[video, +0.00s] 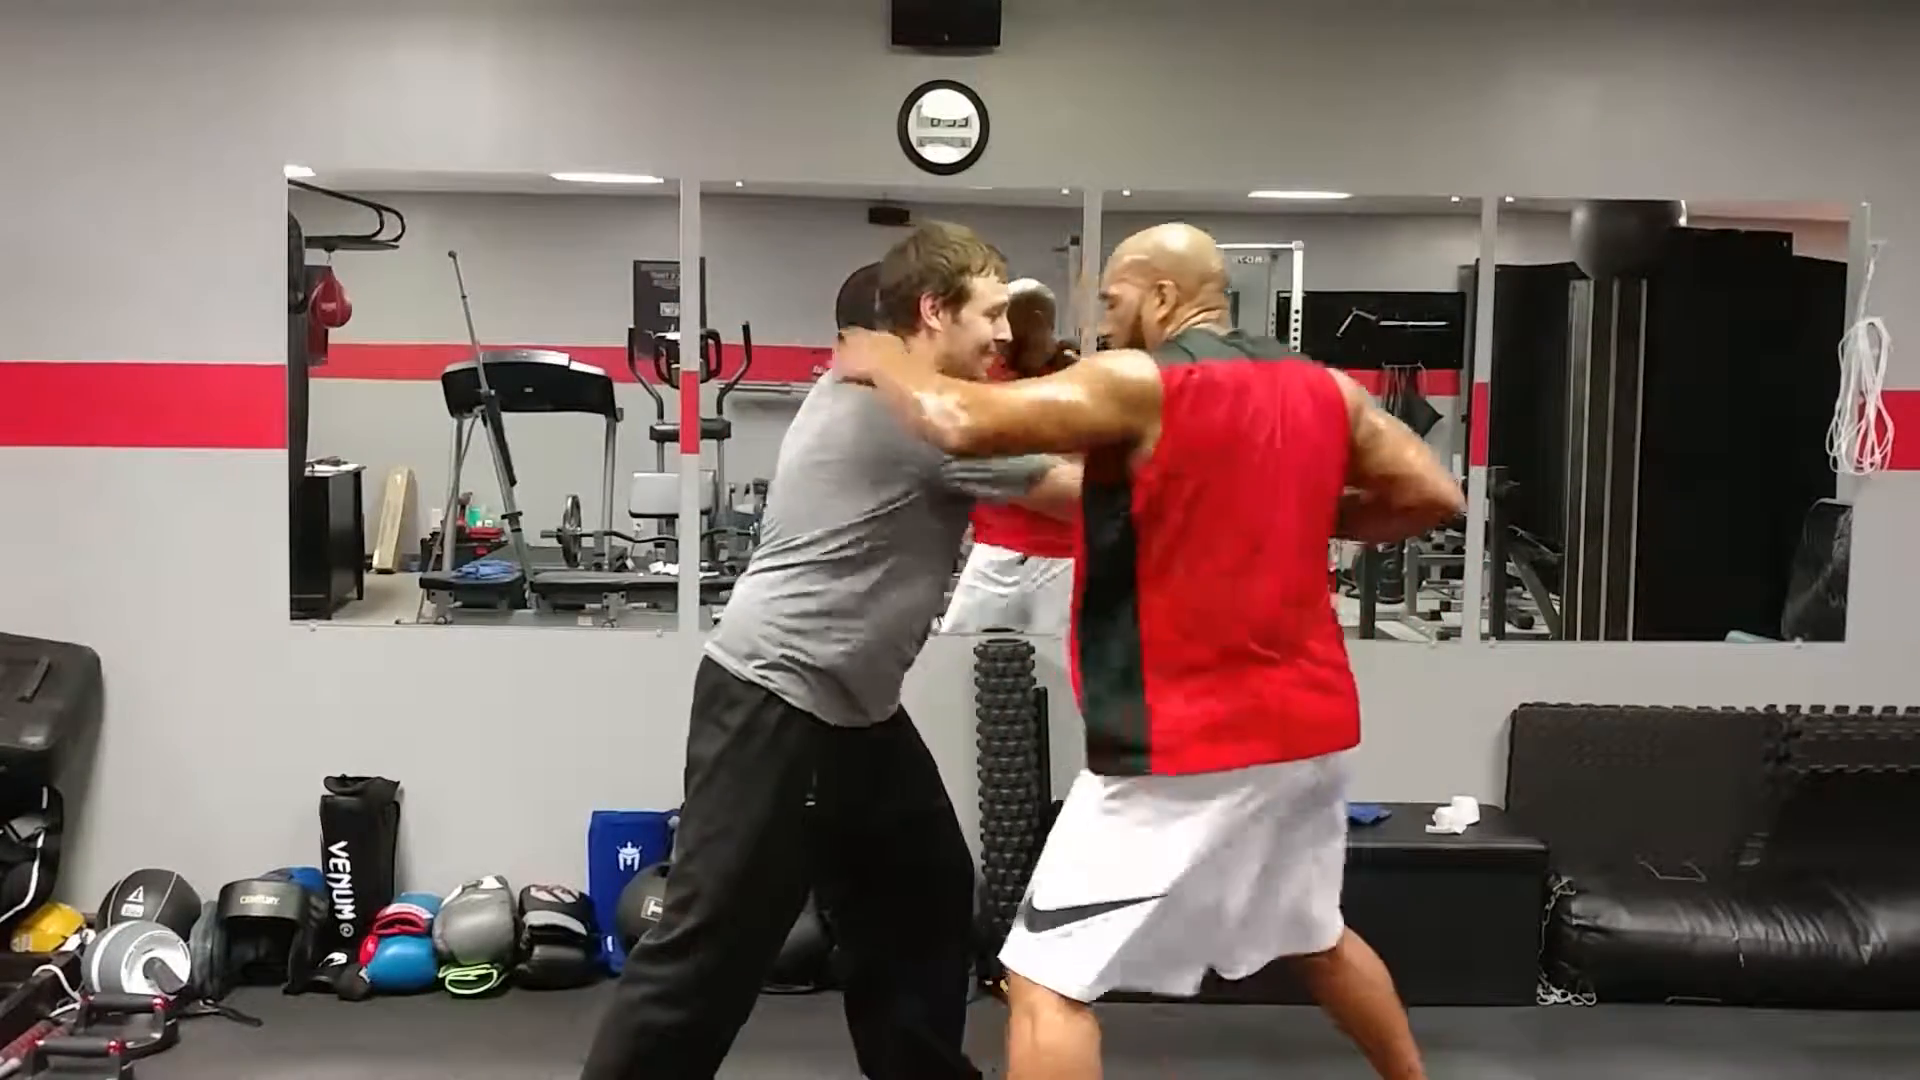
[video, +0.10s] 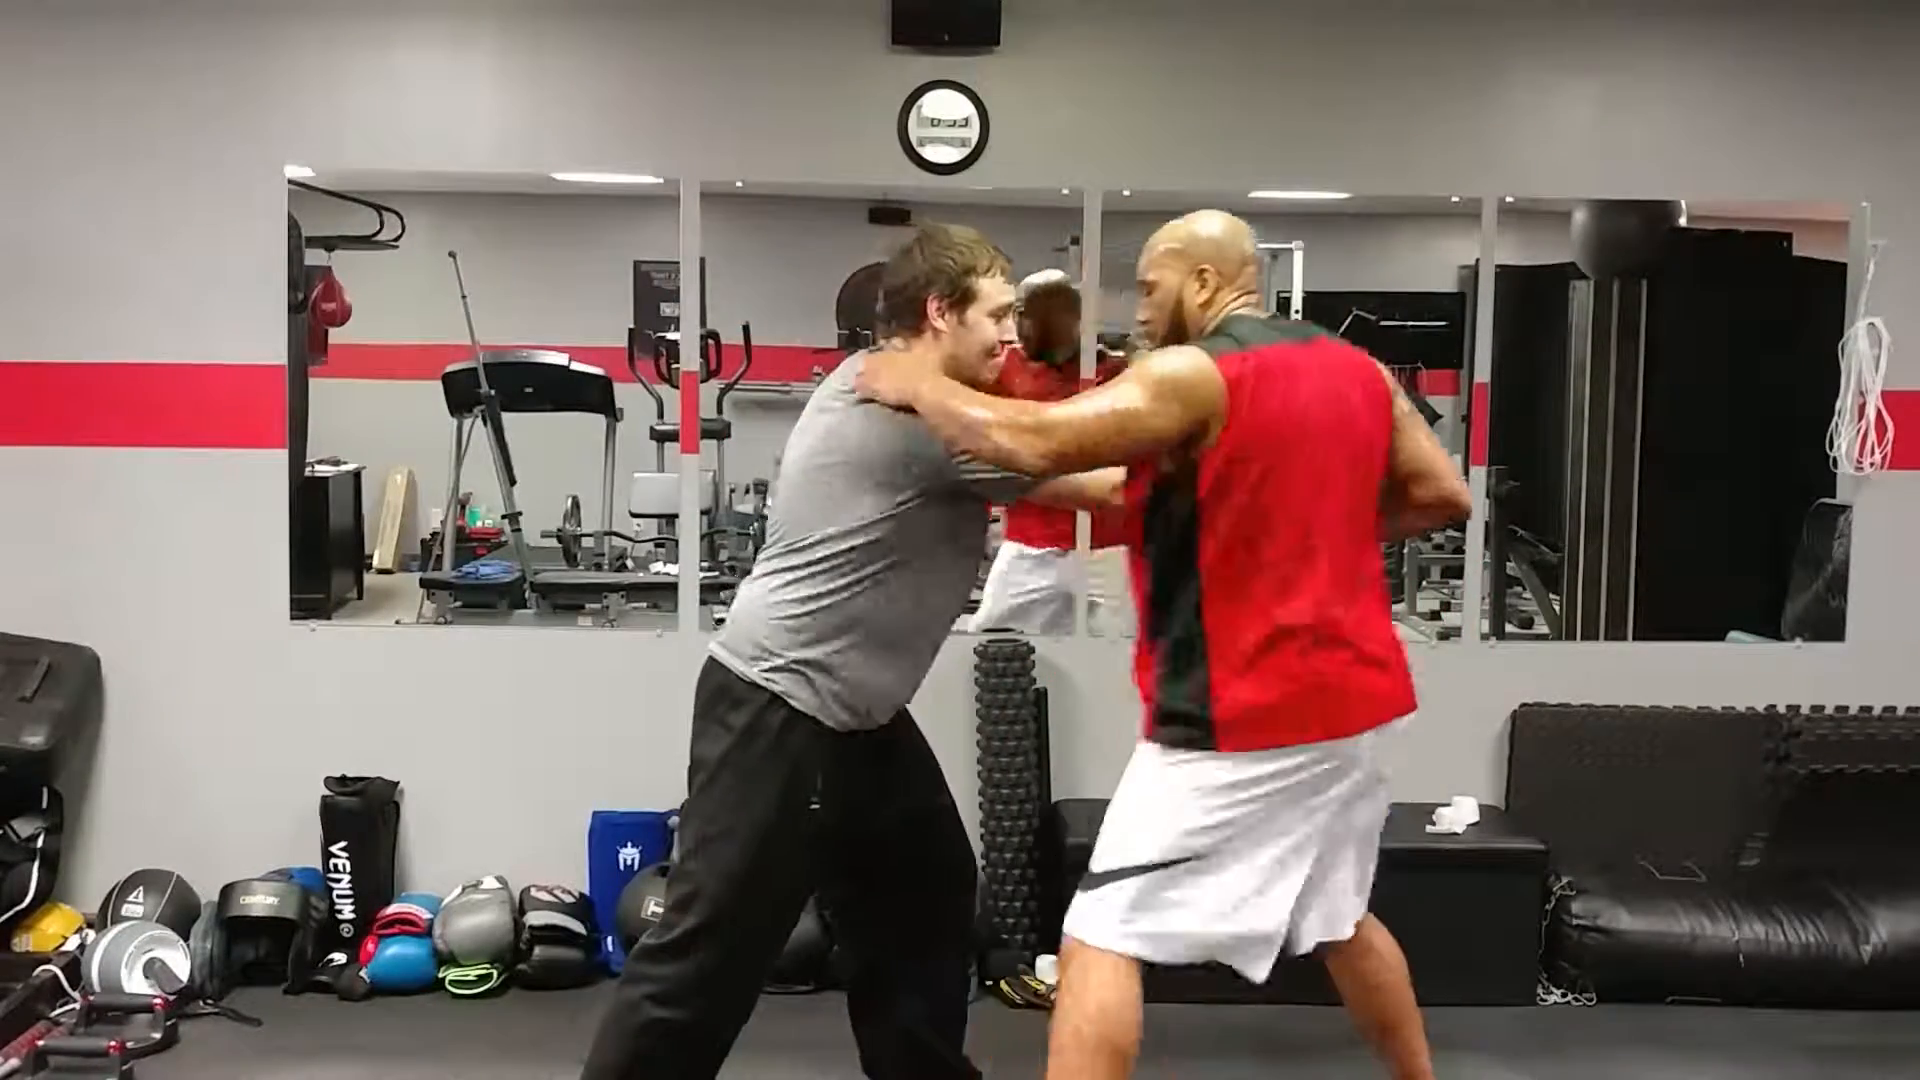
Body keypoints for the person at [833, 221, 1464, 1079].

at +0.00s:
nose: (1101, 322)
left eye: (1112, 303)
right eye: (1101, 303)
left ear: (1165, 298)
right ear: (1208, 302)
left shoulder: (1136, 382)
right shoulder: (1324, 390)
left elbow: (959, 420)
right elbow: (1433, 494)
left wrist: (881, 363)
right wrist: (1308, 508)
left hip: (1177, 748)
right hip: (1315, 731)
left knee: (1044, 980)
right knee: (1317, 935)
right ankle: (1409, 1073)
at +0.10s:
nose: (1141, 311)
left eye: (1151, 290)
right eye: (1141, 291)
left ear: (1205, 284)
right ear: (1246, 285)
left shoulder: (1189, 374)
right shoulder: (1357, 366)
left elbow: (1032, 443)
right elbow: (1443, 492)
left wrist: (921, 384)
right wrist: (1317, 518)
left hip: (1228, 716)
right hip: (1357, 698)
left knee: (1100, 936)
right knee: (1342, 916)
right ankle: (1418, 1072)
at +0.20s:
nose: (1172, 298)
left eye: (1182, 277)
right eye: (1171, 278)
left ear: (1241, 271)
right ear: (1269, 273)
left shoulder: (1230, 369)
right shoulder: (1372, 354)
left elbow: (1097, 445)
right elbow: (1449, 486)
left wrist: (952, 388)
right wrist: (1319, 506)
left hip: (1276, 684)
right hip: (1402, 673)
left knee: (1112, 891)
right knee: (1350, 899)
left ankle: (1139, 1073)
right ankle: (1421, 1074)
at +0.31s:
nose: (1194, 288)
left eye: (1207, 267)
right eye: (1193, 268)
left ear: (1269, 263)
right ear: (1289, 268)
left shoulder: (1261, 360)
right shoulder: (1386, 349)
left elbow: (1126, 446)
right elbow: (1450, 487)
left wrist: (967, 394)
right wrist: (1313, 487)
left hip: (1301, 672)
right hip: (1414, 668)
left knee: (1140, 884)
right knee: (1352, 881)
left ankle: (1211, 1074)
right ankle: (1423, 1071)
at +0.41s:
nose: (1207, 280)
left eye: (1221, 261)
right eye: (1207, 262)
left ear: (1283, 259)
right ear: (1301, 263)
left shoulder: (1277, 363)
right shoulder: (1392, 352)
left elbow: (1148, 461)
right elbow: (1441, 496)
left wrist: (978, 445)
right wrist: (1299, 477)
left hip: (1301, 683)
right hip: (1413, 671)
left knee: (1184, 908)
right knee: (1362, 895)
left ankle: (1245, 1076)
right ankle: (1422, 1071)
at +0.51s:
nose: (1211, 277)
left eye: (1226, 257)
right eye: (1212, 258)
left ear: (1290, 258)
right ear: (1306, 263)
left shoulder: (1282, 366)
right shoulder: (1393, 353)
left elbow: (1161, 492)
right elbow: (1430, 513)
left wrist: (997, 539)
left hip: (1310, 688)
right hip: (1410, 679)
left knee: (1205, 917)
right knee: (1356, 904)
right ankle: (1420, 1072)